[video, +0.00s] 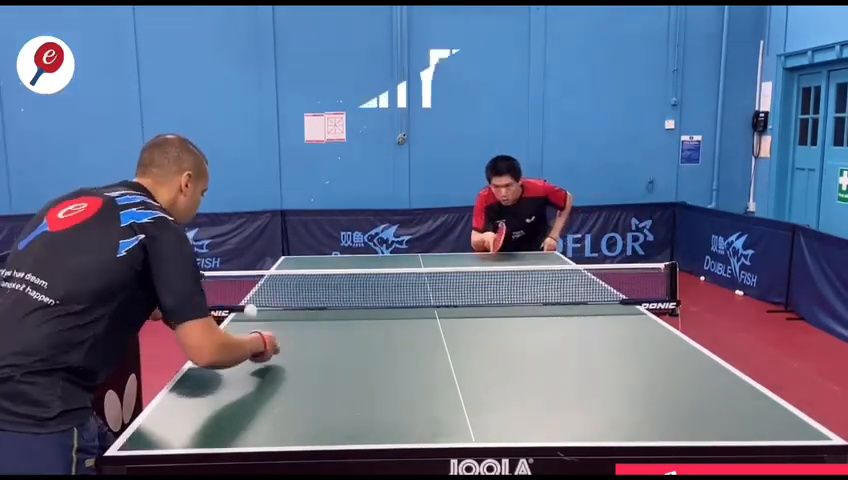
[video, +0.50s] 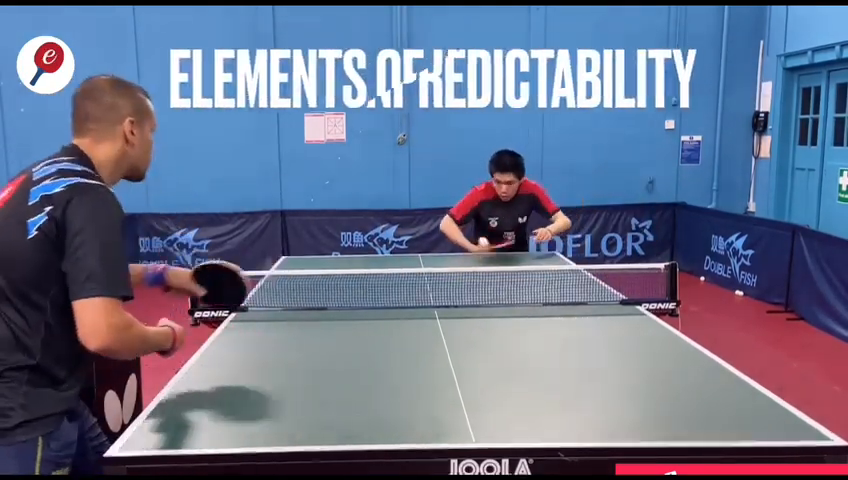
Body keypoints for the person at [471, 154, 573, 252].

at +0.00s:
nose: (503, 193)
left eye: (508, 186)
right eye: (497, 187)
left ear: (519, 182)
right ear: (490, 185)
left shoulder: (539, 189)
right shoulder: (484, 198)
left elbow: (567, 200)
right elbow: (475, 242)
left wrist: (554, 237)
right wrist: (485, 238)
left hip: (537, 256)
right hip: (503, 258)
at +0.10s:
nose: (501, 186)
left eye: (507, 179)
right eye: (495, 180)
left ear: (519, 175)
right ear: (489, 179)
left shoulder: (538, 184)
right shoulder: (483, 194)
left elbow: (565, 192)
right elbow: (472, 237)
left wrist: (554, 232)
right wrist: (482, 235)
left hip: (536, 253)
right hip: (500, 255)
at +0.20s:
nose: (504, 178)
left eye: (510, 171)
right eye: (498, 172)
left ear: (522, 167)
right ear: (492, 171)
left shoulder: (543, 178)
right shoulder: (487, 189)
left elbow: (567, 187)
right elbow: (471, 229)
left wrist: (562, 221)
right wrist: (480, 232)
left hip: (537, 252)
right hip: (500, 254)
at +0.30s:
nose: (505, 176)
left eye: (511, 168)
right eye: (499, 169)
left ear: (523, 165)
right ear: (493, 169)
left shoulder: (542, 178)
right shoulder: (486, 188)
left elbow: (574, 195)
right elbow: (463, 225)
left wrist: (564, 220)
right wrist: (471, 238)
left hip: (534, 254)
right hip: (496, 257)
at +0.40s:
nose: (501, 181)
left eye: (507, 174)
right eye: (496, 175)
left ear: (518, 171)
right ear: (489, 172)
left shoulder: (534, 184)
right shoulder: (481, 191)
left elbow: (572, 210)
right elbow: (452, 225)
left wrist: (558, 223)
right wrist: (468, 242)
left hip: (529, 259)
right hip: (493, 260)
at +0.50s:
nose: (503, 189)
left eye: (509, 183)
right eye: (498, 182)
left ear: (521, 179)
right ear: (492, 177)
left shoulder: (531, 189)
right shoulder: (479, 193)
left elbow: (564, 221)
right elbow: (446, 224)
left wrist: (550, 230)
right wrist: (472, 248)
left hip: (520, 262)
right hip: (486, 263)